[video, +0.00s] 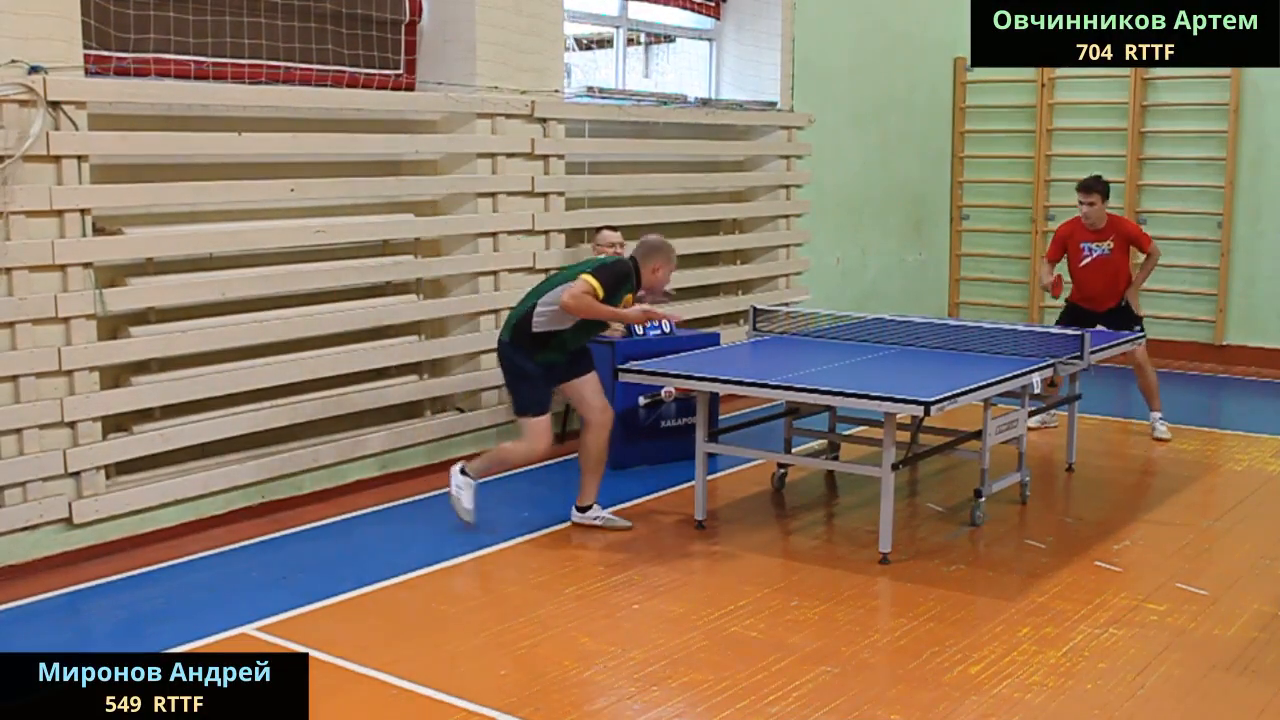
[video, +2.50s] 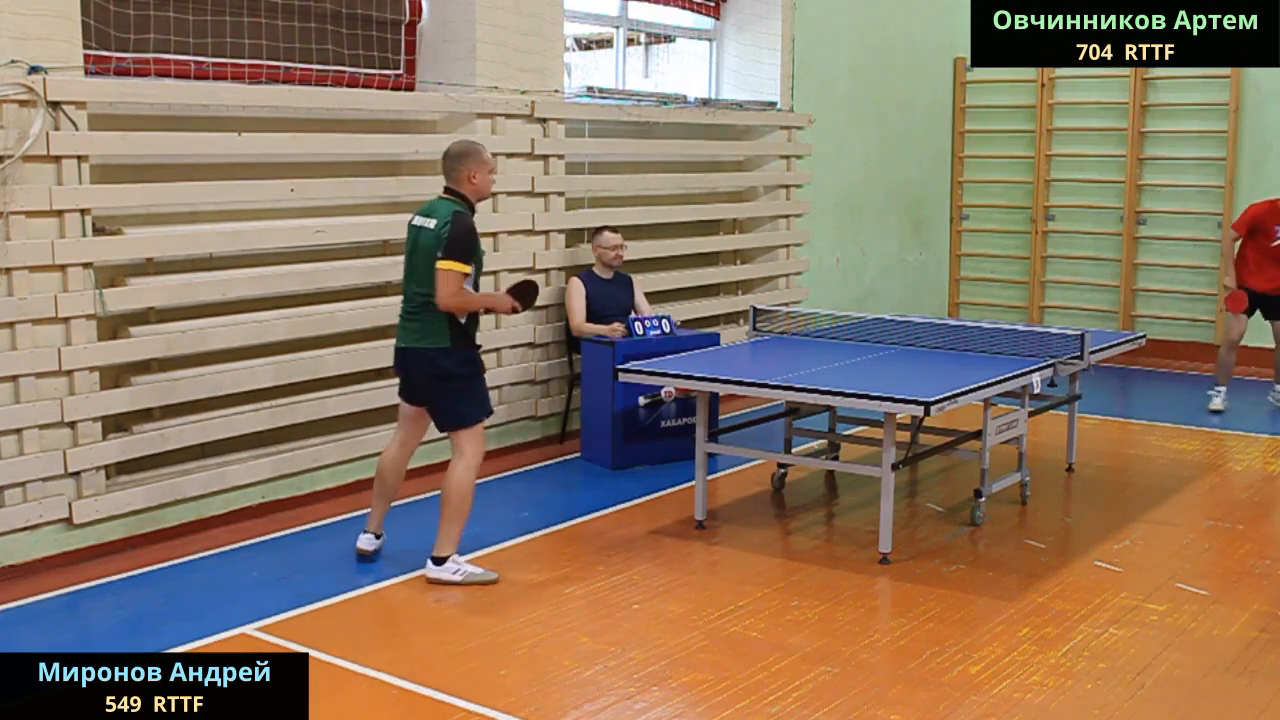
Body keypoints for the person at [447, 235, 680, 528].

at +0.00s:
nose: (667, 282)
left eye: (669, 276)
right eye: (668, 274)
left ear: (647, 266)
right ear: (656, 269)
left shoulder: (627, 286)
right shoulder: (618, 269)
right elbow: (571, 299)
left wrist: (642, 314)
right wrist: (625, 315)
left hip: (565, 346)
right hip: (523, 347)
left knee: (600, 415)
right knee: (537, 445)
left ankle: (585, 508)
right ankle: (465, 473)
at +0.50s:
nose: (620, 223)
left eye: (621, 217)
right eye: (620, 217)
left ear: (582, 211)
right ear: (608, 215)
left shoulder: (548, 229)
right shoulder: (594, 248)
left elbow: (498, 264)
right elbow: (596, 324)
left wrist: (536, 276)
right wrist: (621, 306)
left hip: (496, 343)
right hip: (527, 349)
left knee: (531, 422)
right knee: (572, 448)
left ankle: (510, 503)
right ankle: (535, 551)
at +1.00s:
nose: (580, 282)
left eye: (579, 275)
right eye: (576, 276)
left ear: (555, 282)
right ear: (556, 283)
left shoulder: (553, 302)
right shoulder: (512, 320)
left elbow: (571, 326)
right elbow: (481, 394)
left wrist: (609, 334)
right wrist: (499, 446)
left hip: (491, 383)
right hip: (466, 390)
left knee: (508, 450)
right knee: (546, 445)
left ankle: (441, 507)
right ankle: (529, 551)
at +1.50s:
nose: (546, 242)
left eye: (542, 239)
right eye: (540, 238)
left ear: (503, 256)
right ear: (532, 250)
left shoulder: (489, 294)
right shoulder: (525, 285)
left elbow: (457, 338)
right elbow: (564, 218)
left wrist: (434, 362)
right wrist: (547, 196)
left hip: (458, 411)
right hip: (492, 415)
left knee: (485, 445)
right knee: (585, 458)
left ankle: (455, 507)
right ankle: (539, 552)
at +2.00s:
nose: (479, 207)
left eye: (478, 200)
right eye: (475, 200)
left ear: (439, 206)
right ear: (456, 203)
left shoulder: (409, 241)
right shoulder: (460, 232)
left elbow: (386, 308)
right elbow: (521, 227)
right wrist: (542, 194)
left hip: (391, 364)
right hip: (436, 363)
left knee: (400, 446)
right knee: (497, 448)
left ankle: (366, 541)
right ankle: (523, 555)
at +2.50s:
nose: (493, 179)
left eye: (492, 171)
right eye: (489, 172)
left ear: (456, 176)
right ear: (471, 176)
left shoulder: (424, 215)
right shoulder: (459, 224)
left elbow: (427, 289)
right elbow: (450, 297)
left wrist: (484, 299)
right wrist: (494, 301)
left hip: (411, 350)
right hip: (448, 354)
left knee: (405, 436)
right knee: (469, 450)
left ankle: (371, 534)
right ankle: (443, 558)